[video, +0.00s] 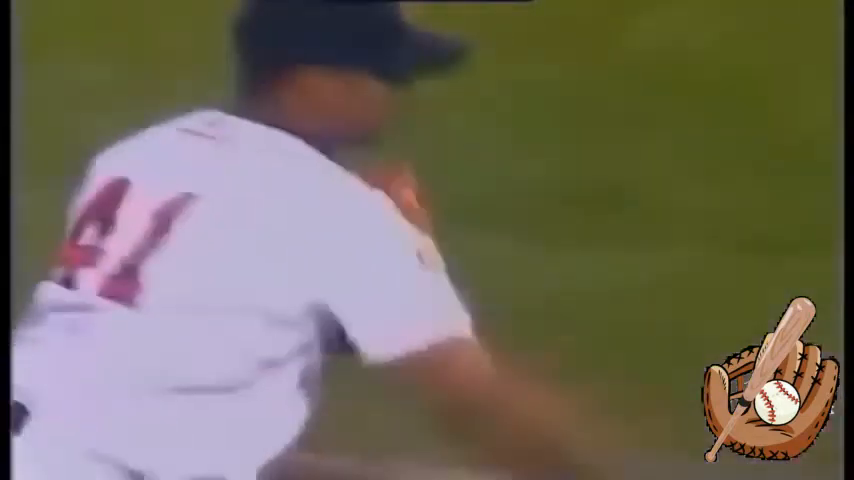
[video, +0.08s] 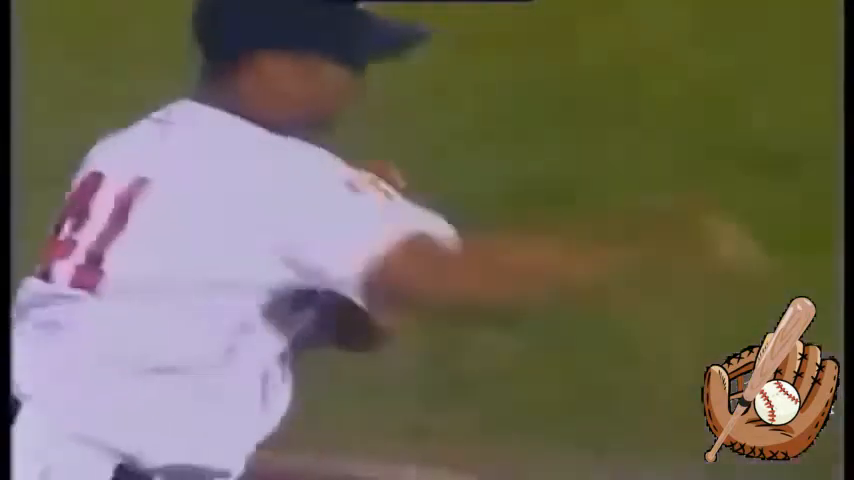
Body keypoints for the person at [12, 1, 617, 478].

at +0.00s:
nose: (394, 92)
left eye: (392, 74)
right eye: (379, 74)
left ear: (272, 79)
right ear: (306, 84)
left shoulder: (141, 150)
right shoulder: (340, 209)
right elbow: (469, 396)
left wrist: (357, 236)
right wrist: (602, 464)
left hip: (21, 443)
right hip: (126, 470)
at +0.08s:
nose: (357, 79)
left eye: (356, 60)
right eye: (341, 59)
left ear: (251, 66)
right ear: (263, 67)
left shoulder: (134, 143)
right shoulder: (276, 170)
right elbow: (435, 276)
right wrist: (611, 265)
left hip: (34, 448)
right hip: (130, 464)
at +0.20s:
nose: (338, 80)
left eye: (336, 62)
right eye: (322, 61)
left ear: (243, 71)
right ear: (242, 66)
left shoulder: (272, 166)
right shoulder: (183, 139)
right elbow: (294, 254)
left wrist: (344, 341)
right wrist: (459, 149)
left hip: (228, 466)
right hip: (105, 461)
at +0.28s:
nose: (332, 115)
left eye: (332, 98)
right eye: (316, 98)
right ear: (236, 100)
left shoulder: (297, 209)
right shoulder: (167, 184)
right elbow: (204, 325)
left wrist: (368, 372)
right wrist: (355, 220)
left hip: (261, 467)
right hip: (126, 466)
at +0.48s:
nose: (289, 280)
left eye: (292, 258)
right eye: (264, 262)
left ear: (300, 236)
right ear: (185, 256)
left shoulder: (338, 350)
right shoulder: (79, 392)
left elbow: (420, 469)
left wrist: (373, 468)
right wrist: (282, 472)